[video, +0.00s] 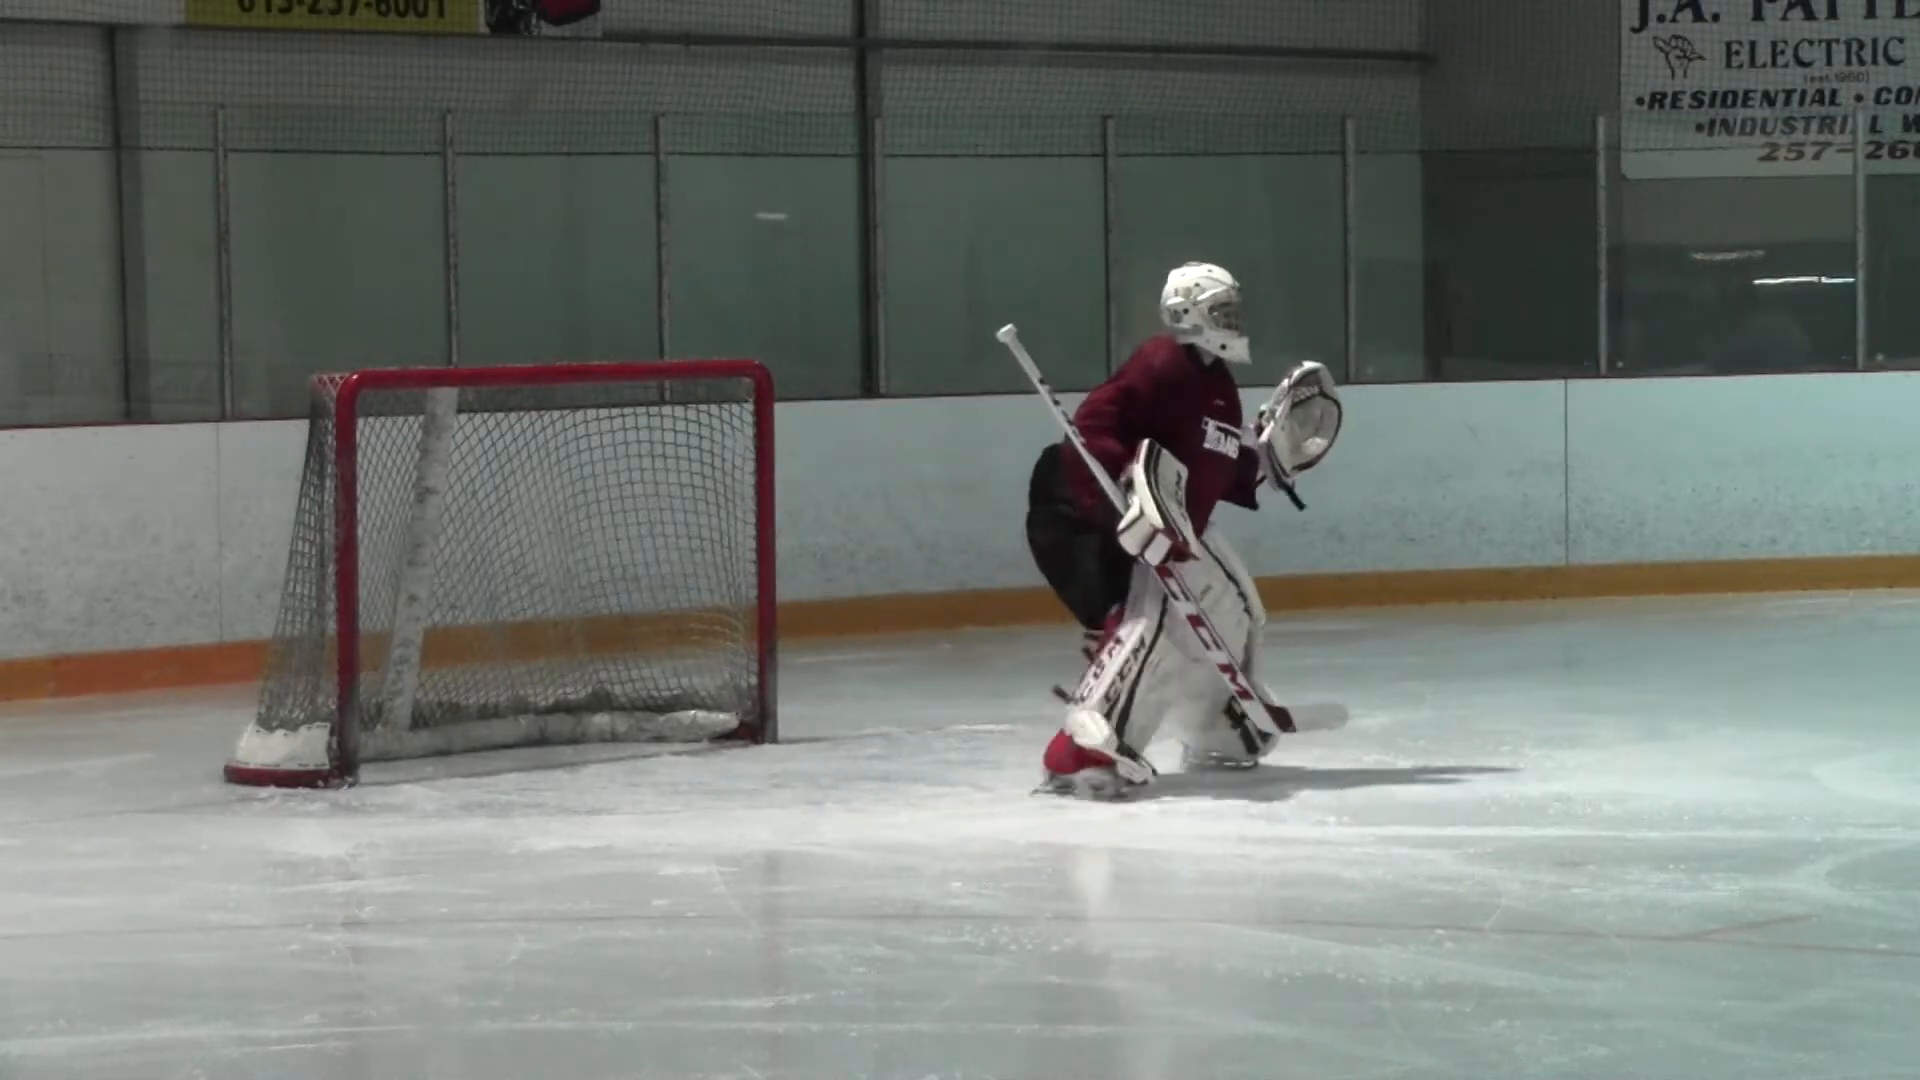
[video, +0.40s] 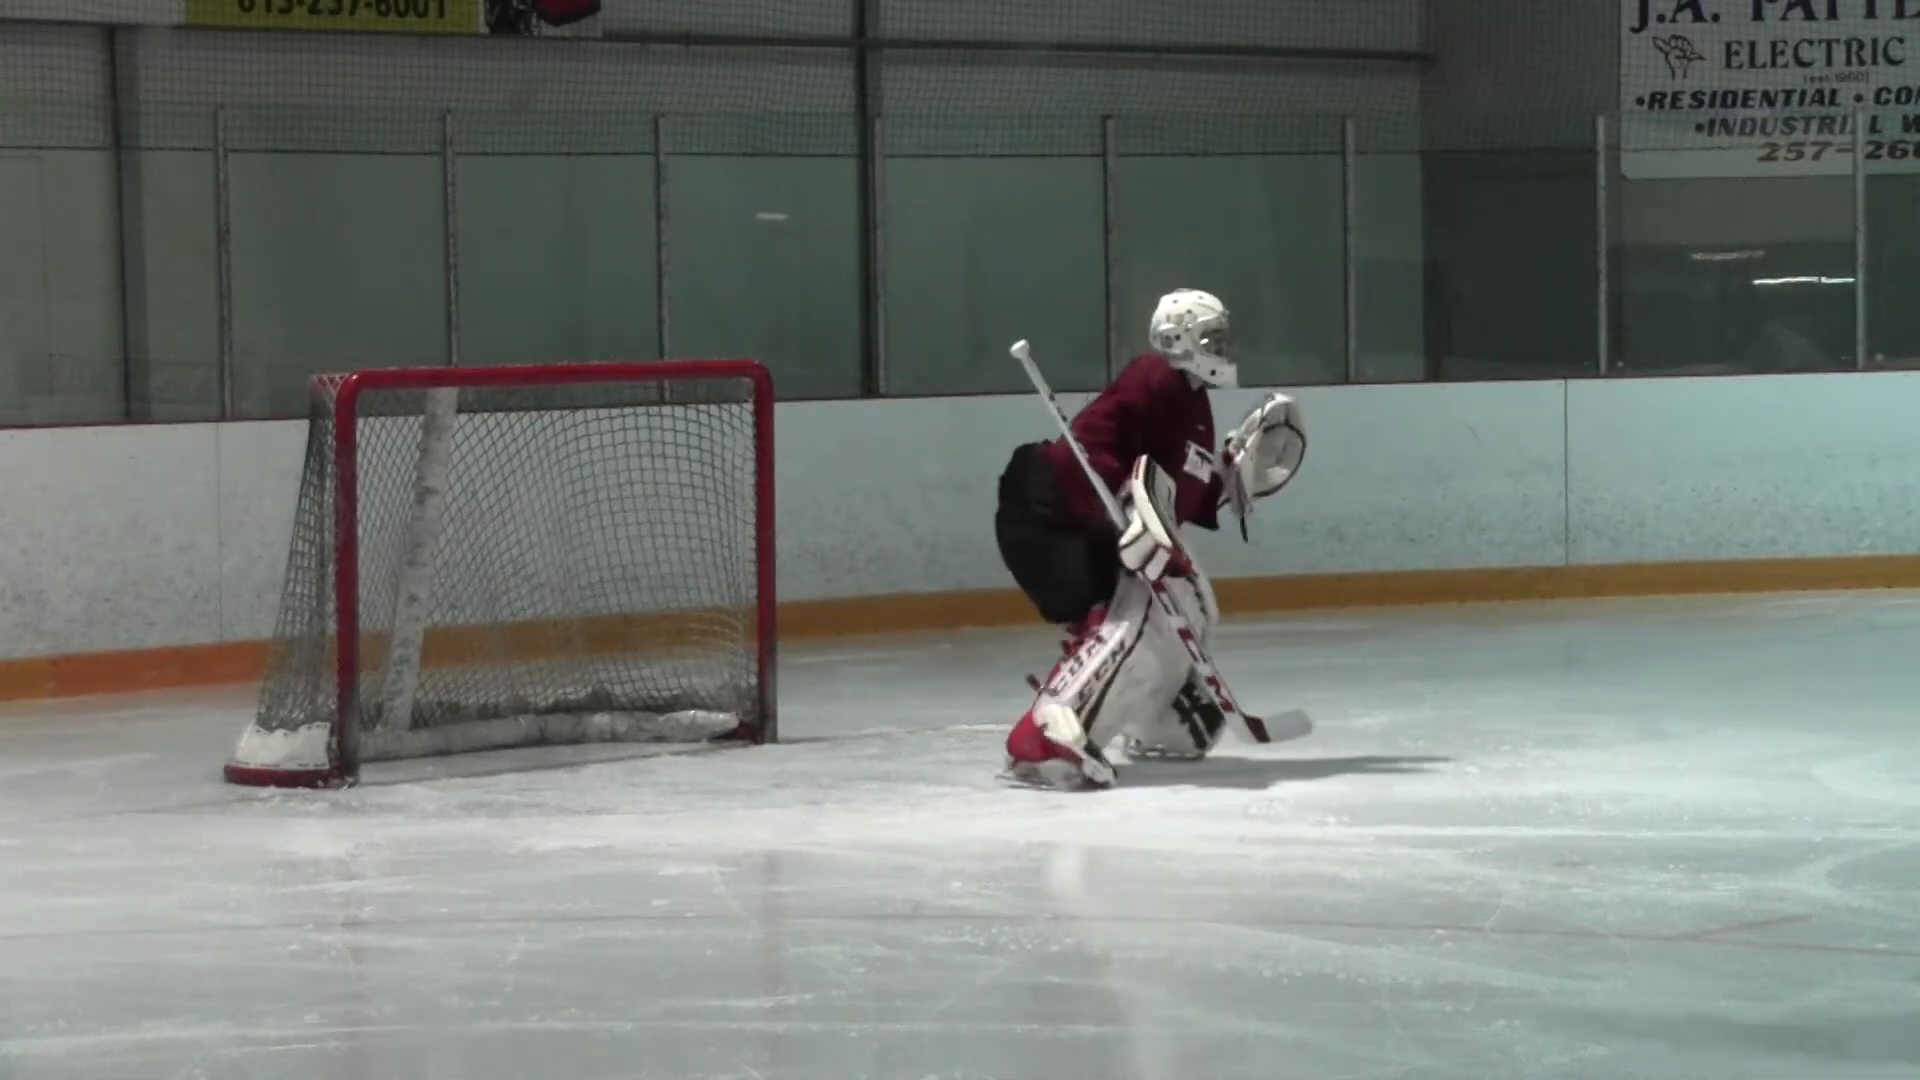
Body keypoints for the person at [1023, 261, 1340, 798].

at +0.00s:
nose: (1234, 318)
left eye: (1234, 308)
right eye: (1221, 310)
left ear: (1228, 314)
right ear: (1189, 317)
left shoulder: (1220, 382)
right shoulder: (1161, 364)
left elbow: (1209, 463)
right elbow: (1091, 422)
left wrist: (1270, 459)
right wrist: (1137, 480)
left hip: (1170, 525)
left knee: (1233, 612)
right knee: (1158, 623)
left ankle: (1218, 736)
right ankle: (1088, 748)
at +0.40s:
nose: (1224, 346)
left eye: (1224, 335)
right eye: (1213, 337)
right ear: (1182, 342)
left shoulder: (1193, 402)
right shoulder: (1155, 378)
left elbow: (1191, 493)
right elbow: (1087, 439)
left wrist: (1239, 479)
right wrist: (1131, 508)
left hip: (1094, 512)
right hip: (1046, 499)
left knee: (1182, 596)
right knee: (1123, 618)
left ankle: (1160, 726)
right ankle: (1044, 735)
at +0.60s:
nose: (1202, 371)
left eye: (1202, 359)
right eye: (1191, 359)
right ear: (1160, 364)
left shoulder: (1168, 423)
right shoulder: (1133, 398)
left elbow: (1166, 525)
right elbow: (1067, 462)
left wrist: (1209, 493)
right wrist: (1120, 533)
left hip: (1060, 534)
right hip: (1018, 524)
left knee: (1137, 622)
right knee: (1109, 632)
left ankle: (1097, 729)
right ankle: (1011, 729)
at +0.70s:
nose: (1192, 385)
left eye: (1192, 373)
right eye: (1181, 374)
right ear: (1150, 378)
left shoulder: (1148, 423)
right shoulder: (1128, 415)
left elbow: (1165, 511)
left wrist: (1201, 504)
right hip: (1012, 538)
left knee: (1130, 651)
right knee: (1117, 655)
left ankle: (1080, 734)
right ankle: (1010, 727)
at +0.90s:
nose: (1179, 402)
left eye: (1180, 391)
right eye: (1169, 391)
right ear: (1139, 393)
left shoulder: (1130, 438)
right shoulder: (1116, 430)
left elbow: (1149, 521)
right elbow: (1141, 516)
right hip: (1006, 560)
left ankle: (1071, 732)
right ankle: (1005, 731)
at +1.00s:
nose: (1169, 404)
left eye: (1170, 393)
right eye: (1158, 393)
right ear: (1128, 393)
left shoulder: (1123, 441)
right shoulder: (1104, 428)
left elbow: (1131, 532)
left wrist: (1166, 587)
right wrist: (1132, 563)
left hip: (1065, 580)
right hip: (1020, 573)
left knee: (1139, 661)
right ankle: (992, 727)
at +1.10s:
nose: (1163, 422)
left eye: (1165, 412)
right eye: (1156, 411)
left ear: (1107, 402)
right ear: (1132, 408)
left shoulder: (1079, 437)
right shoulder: (1115, 460)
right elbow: (1129, 583)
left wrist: (1165, 622)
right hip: (1041, 604)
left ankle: (1000, 714)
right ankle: (1013, 723)